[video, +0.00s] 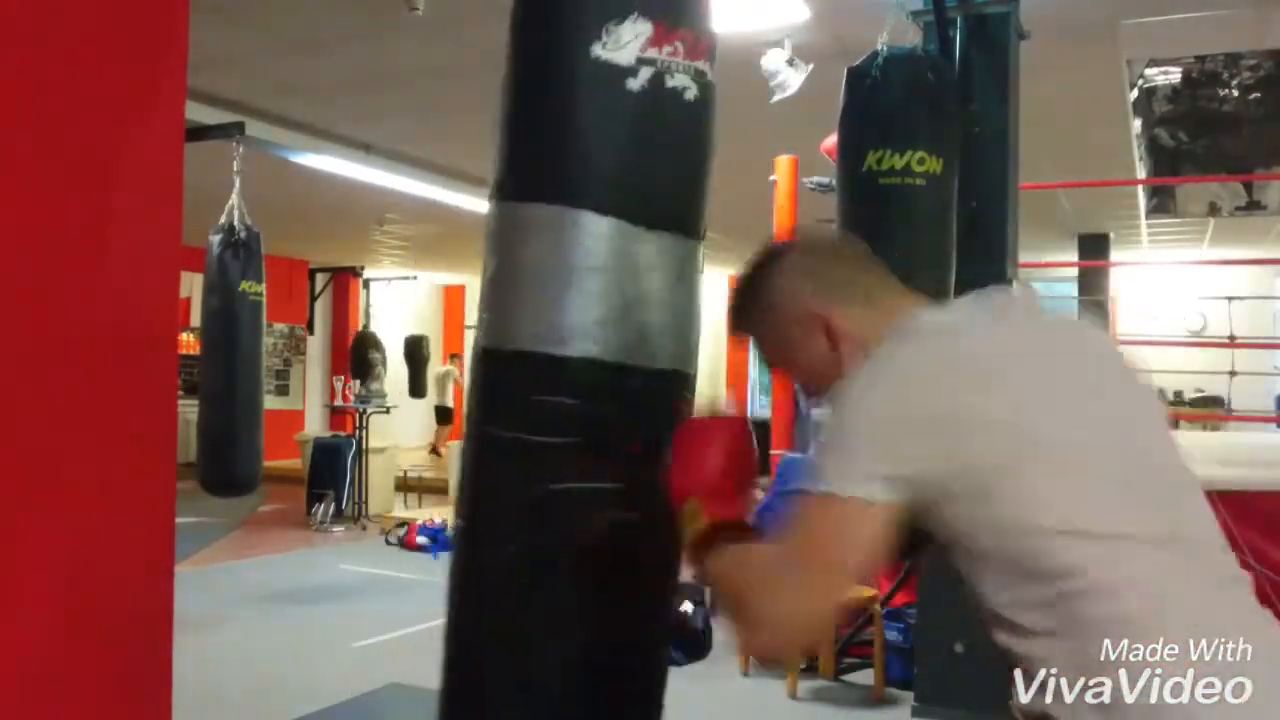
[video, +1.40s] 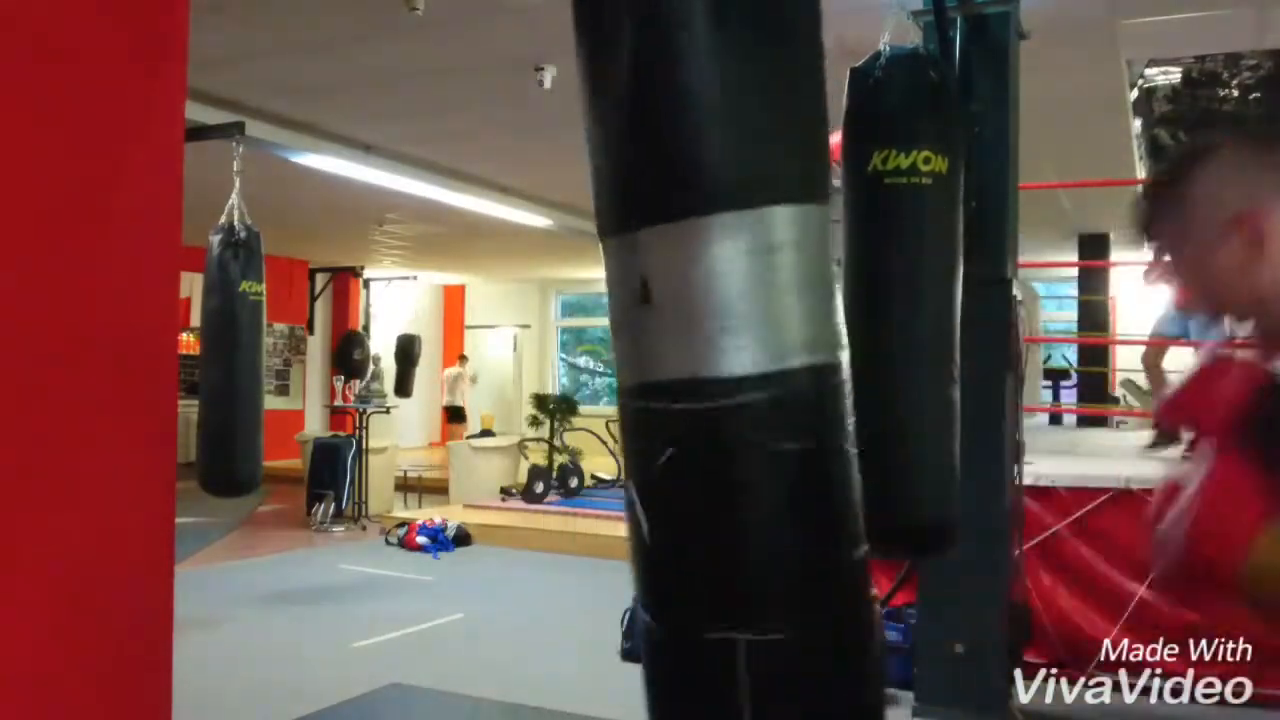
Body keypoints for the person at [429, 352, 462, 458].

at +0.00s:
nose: (458, 364)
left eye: (459, 362)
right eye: (458, 362)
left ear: (449, 360)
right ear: (454, 361)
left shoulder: (438, 370)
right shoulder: (453, 370)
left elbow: (437, 386)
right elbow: (460, 383)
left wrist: (440, 396)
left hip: (438, 402)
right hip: (448, 403)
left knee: (440, 425)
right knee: (448, 425)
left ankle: (435, 445)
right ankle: (438, 445)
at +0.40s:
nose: (461, 364)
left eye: (462, 362)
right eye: (461, 362)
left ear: (453, 360)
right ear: (458, 360)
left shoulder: (443, 370)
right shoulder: (454, 370)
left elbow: (441, 386)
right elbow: (460, 384)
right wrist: (462, 373)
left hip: (441, 401)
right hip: (449, 402)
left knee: (444, 424)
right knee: (451, 423)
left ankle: (435, 445)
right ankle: (436, 445)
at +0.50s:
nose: (462, 365)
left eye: (463, 363)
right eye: (462, 363)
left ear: (454, 361)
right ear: (458, 361)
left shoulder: (445, 371)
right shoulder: (455, 371)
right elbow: (461, 384)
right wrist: (463, 373)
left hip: (443, 402)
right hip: (450, 403)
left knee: (444, 426)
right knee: (451, 426)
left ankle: (436, 445)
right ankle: (437, 445)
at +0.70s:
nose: (465, 363)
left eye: (465, 361)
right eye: (464, 360)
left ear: (458, 359)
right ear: (461, 359)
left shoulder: (449, 369)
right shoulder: (457, 369)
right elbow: (463, 381)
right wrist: (466, 371)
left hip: (445, 399)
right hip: (452, 400)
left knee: (451, 424)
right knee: (454, 424)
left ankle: (450, 442)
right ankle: (450, 443)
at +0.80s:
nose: (466, 363)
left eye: (466, 361)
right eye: (466, 361)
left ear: (458, 359)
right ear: (462, 359)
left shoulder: (449, 369)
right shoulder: (457, 369)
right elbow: (466, 381)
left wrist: (466, 373)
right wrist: (468, 372)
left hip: (446, 400)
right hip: (453, 401)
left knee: (451, 425)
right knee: (456, 425)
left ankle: (450, 443)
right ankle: (452, 443)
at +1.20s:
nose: (468, 367)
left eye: (468, 365)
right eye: (467, 365)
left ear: (461, 363)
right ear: (464, 364)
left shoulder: (452, 373)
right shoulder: (458, 374)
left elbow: (463, 388)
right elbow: (465, 388)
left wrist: (468, 379)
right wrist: (470, 378)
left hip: (449, 404)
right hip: (454, 405)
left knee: (454, 428)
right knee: (457, 428)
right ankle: (456, 448)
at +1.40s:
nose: (465, 365)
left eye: (465, 362)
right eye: (465, 362)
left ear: (458, 360)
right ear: (463, 361)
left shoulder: (447, 371)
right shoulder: (462, 372)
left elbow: (445, 387)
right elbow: (463, 389)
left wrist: (444, 399)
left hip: (447, 403)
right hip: (457, 403)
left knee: (450, 426)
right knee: (461, 426)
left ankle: (450, 445)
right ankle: (458, 445)